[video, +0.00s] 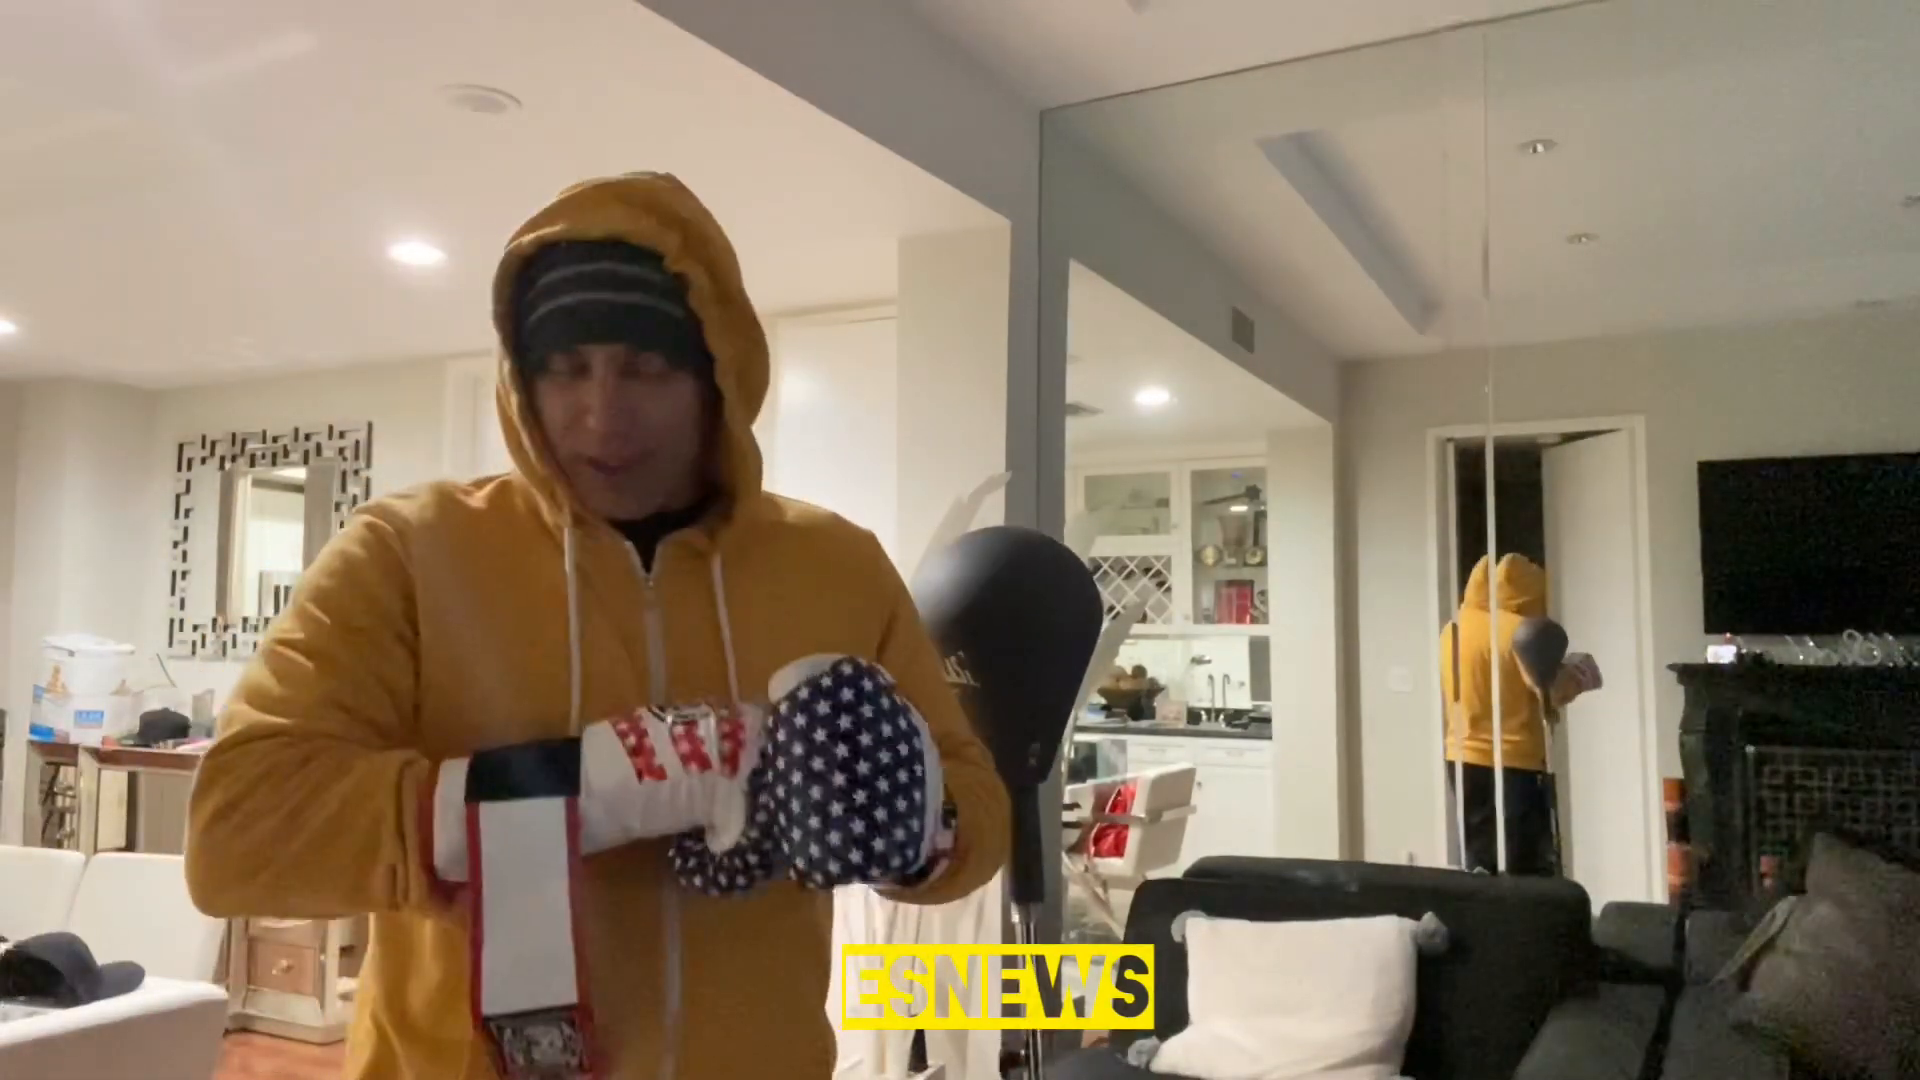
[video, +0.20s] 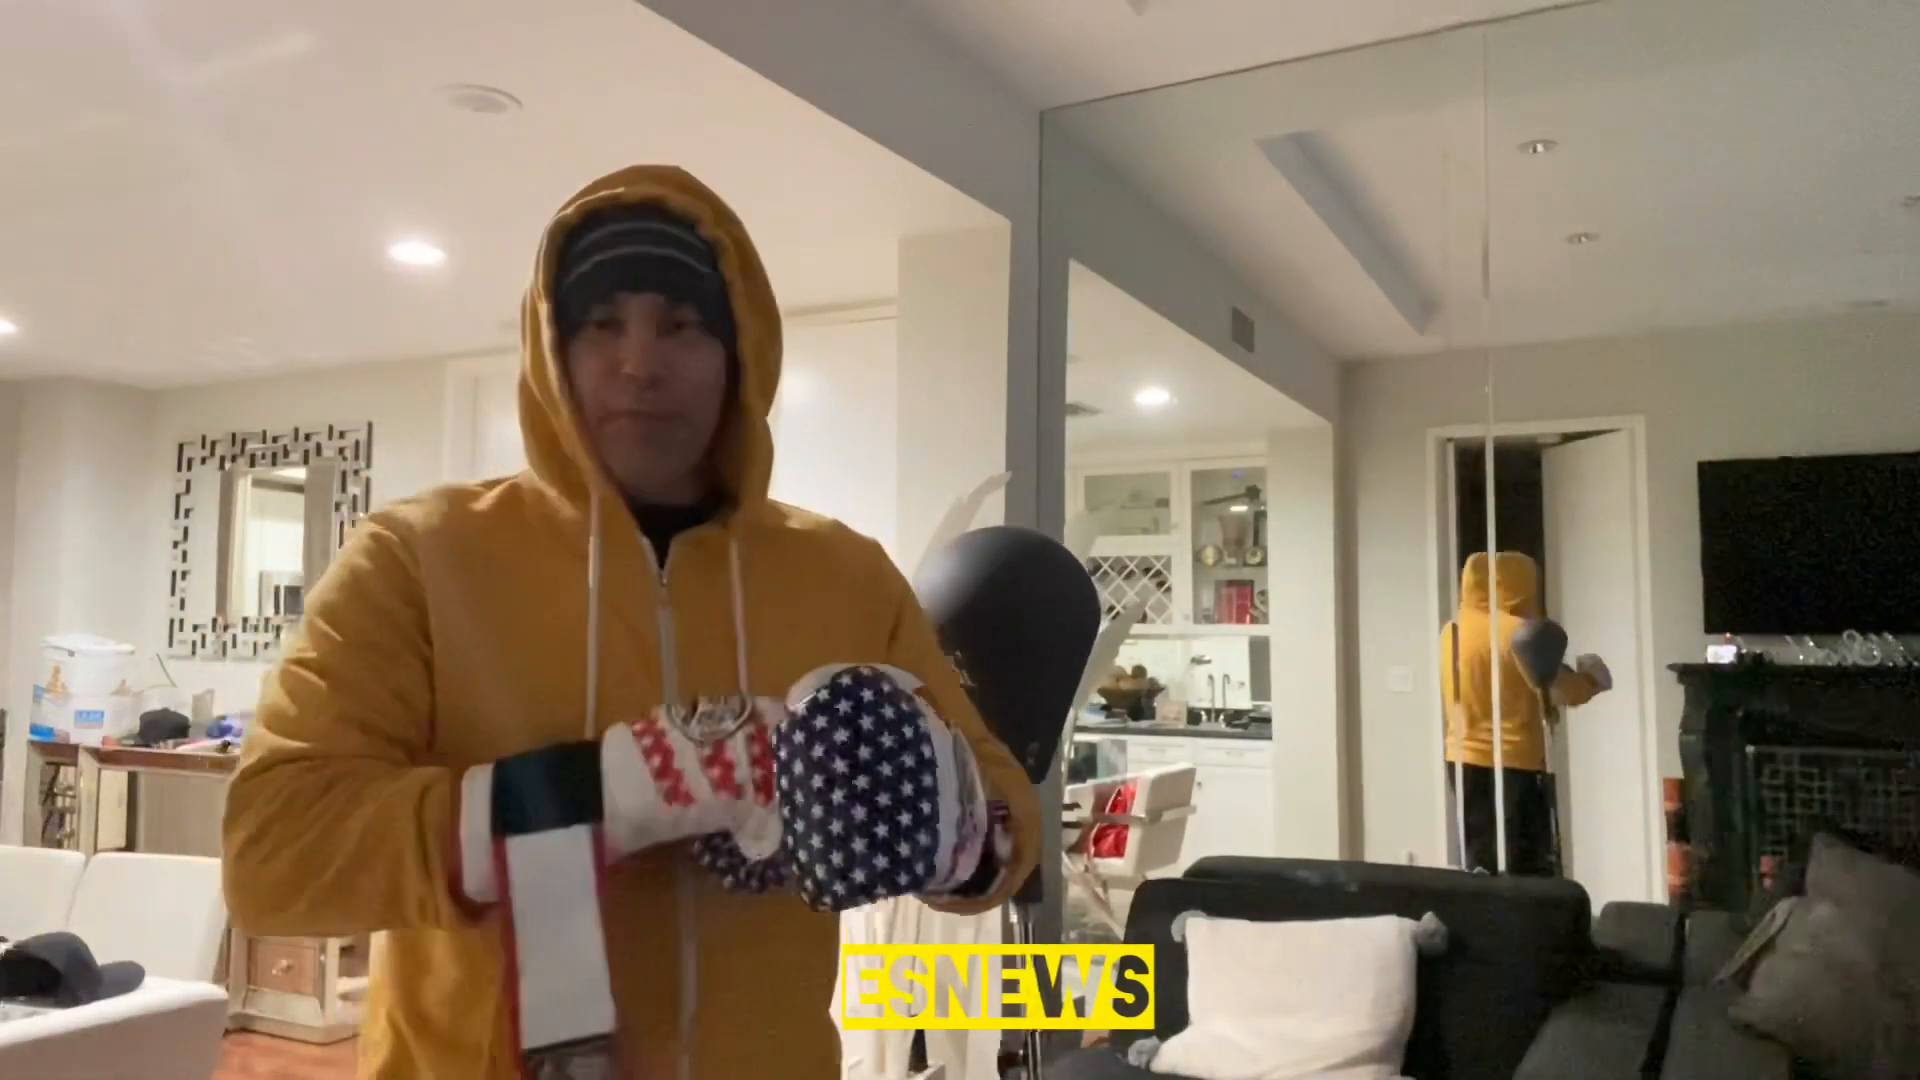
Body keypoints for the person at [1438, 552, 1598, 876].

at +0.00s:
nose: (1542, 600)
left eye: (1541, 593)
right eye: (1539, 591)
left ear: (1481, 585)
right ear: (1527, 591)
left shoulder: (1453, 631)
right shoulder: (1523, 631)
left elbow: (1453, 692)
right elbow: (1552, 693)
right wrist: (1577, 677)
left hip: (1465, 762)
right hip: (1518, 765)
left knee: (1477, 851)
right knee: (1527, 854)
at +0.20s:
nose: (1530, 593)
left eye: (1530, 586)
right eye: (1527, 586)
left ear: (1471, 585)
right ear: (1516, 587)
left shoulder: (1451, 632)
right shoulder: (1521, 633)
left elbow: (1456, 694)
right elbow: (1566, 691)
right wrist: (1591, 678)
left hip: (1464, 763)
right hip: (1518, 766)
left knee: (1478, 859)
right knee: (1529, 862)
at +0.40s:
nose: (1529, 592)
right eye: (1525, 585)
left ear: (1466, 587)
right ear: (1515, 587)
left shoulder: (1449, 633)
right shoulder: (1521, 634)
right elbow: (1597, 692)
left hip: (1461, 764)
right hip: (1516, 767)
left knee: (1477, 863)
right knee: (1529, 868)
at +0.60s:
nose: (1527, 591)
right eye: (1523, 585)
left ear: (1467, 587)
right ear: (1513, 588)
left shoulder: (1445, 633)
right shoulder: (1521, 635)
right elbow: (1583, 688)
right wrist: (1550, 705)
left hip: (1461, 763)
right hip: (1517, 766)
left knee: (1476, 859)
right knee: (1527, 863)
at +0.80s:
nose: (1530, 596)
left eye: (1527, 589)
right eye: (1526, 589)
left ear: (1468, 588)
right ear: (1515, 590)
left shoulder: (1444, 633)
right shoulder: (1521, 636)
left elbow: (1458, 690)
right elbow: (1572, 696)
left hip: (1459, 764)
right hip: (1517, 766)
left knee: (1477, 857)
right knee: (1531, 859)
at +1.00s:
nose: (1528, 600)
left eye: (1528, 593)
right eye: (1525, 592)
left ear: (1471, 588)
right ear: (1514, 592)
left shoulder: (1442, 632)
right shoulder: (1509, 636)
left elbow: (1451, 695)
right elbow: (1538, 704)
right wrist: (1565, 725)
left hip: (1459, 766)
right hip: (1513, 768)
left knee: (1478, 857)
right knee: (1526, 860)